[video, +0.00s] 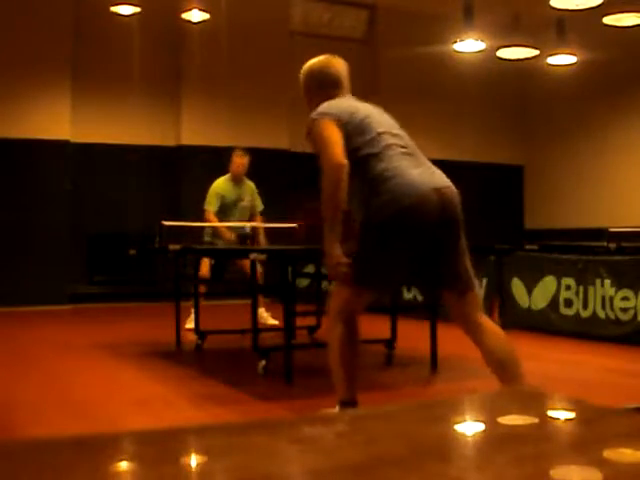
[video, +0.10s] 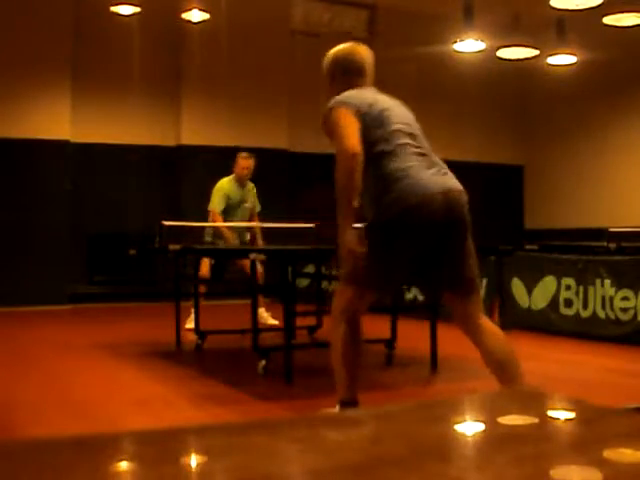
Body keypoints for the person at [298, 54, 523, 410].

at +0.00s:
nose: (305, 100)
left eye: (305, 93)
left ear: (308, 91)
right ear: (345, 86)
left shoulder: (324, 115)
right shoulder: (372, 111)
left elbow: (337, 165)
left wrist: (332, 241)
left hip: (396, 204)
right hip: (444, 196)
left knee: (342, 310)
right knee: (471, 315)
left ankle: (346, 405)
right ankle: (524, 397)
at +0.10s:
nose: (328, 86)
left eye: (327, 79)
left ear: (332, 78)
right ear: (369, 76)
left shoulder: (342, 104)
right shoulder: (395, 105)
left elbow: (352, 151)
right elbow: (418, 160)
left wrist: (348, 223)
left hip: (403, 203)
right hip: (451, 197)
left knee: (345, 309)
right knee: (470, 314)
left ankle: (347, 404)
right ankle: (523, 397)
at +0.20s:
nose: (350, 72)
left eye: (351, 65)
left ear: (354, 65)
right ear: (393, 65)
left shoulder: (360, 91)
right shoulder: (417, 97)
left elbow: (369, 124)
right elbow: (442, 152)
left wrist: (369, 199)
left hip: (405, 202)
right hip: (455, 199)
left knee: (345, 306)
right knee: (487, 317)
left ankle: (342, 405)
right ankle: (531, 403)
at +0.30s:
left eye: (367, 51)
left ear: (369, 54)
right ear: (409, 54)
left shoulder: (367, 79)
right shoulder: (433, 87)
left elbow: (363, 110)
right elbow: (454, 138)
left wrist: (365, 178)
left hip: (400, 195)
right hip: (455, 193)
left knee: (347, 303)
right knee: (488, 310)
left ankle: (334, 403)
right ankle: (528, 401)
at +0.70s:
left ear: (466, 84)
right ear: (503, 88)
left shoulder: (437, 113)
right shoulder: (513, 120)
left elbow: (384, 154)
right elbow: (518, 164)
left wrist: (370, 213)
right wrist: (545, 228)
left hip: (414, 212)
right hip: (475, 216)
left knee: (379, 313)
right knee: (516, 323)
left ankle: (342, 402)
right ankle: (525, 414)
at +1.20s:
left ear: (591, 141)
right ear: (625, 147)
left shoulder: (565, 155)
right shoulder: (630, 170)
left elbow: (515, 172)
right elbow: (636, 223)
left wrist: (469, 200)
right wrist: (634, 254)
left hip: (538, 228)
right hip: (588, 232)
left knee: (567, 307)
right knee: (590, 315)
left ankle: (592, 375)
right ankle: (559, 387)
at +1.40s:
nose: (591, 150)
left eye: (592, 146)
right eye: (591, 147)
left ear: (598, 146)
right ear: (626, 145)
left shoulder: (591, 168)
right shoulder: (636, 165)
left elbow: (561, 206)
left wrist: (553, 249)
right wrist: (554, 249)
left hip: (601, 240)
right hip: (634, 240)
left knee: (606, 309)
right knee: (635, 310)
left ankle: (617, 386)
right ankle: (620, 383)